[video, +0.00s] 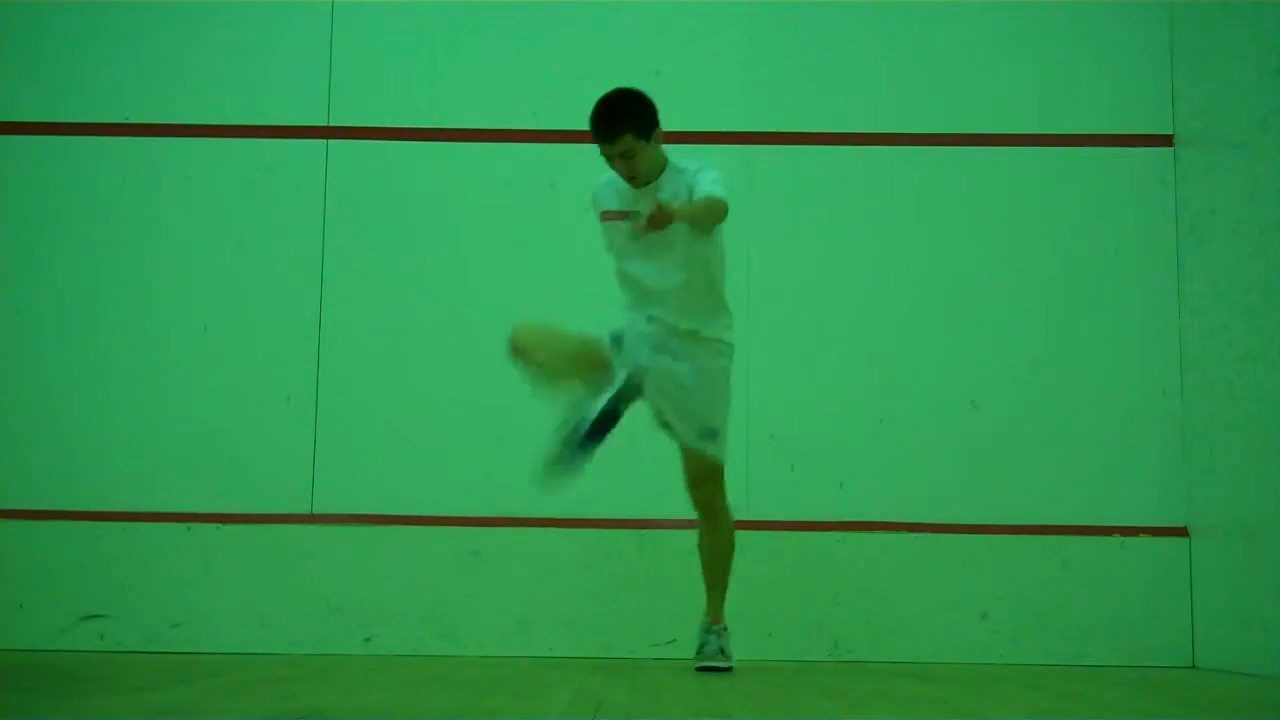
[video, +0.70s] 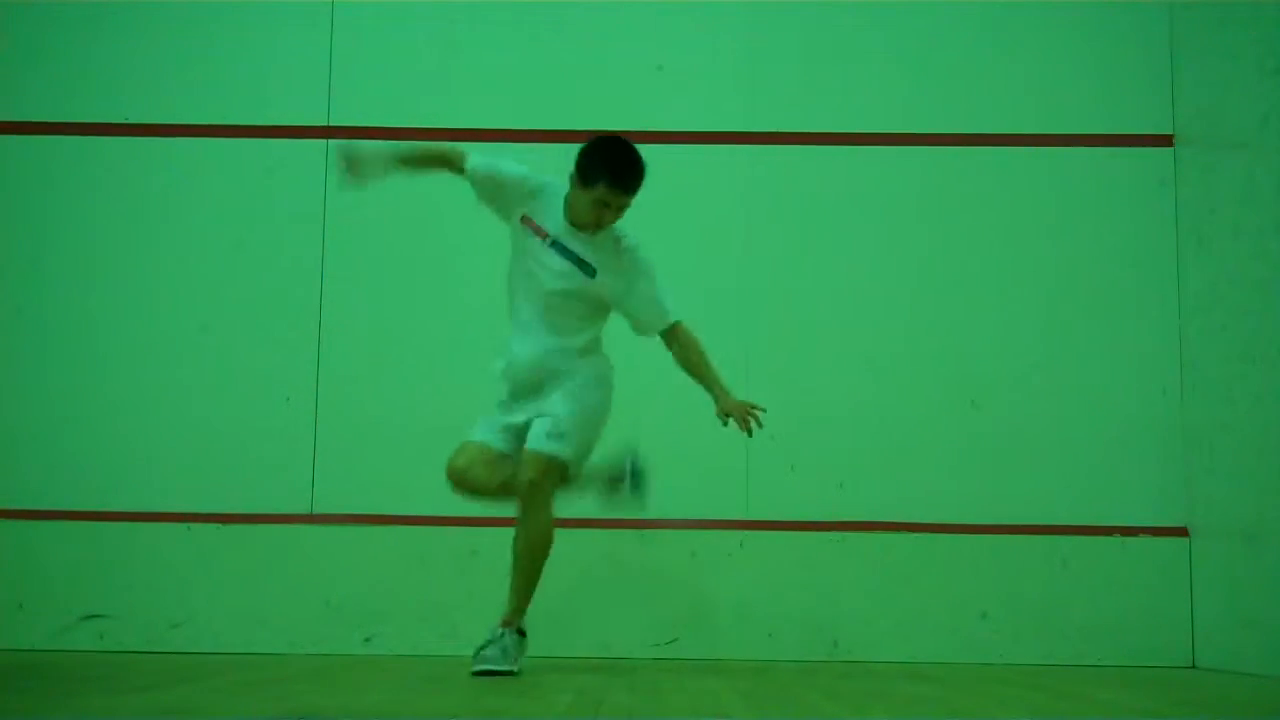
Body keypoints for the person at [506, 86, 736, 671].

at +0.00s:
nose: (620, 167)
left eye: (628, 153)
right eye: (611, 157)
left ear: (657, 139)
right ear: (603, 153)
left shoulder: (696, 181)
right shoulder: (608, 194)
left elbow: (715, 209)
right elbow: (629, 262)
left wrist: (678, 213)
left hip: (699, 349)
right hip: (637, 338)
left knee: (707, 490)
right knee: (524, 342)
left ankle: (715, 623)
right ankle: (604, 387)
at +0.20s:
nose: (601, 173)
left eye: (612, 160)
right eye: (590, 162)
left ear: (632, 146)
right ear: (576, 153)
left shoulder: (666, 195)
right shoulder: (556, 205)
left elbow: (722, 252)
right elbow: (554, 284)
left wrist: (695, 289)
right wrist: (561, 350)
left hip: (660, 375)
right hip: (588, 377)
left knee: (700, 487)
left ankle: (707, 602)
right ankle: (578, 629)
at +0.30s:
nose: (595, 176)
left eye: (606, 164)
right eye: (584, 163)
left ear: (624, 155)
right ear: (568, 153)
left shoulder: (651, 203)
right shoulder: (542, 197)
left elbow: (718, 250)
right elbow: (503, 256)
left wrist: (714, 294)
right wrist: (486, 328)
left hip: (636, 369)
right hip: (568, 378)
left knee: (679, 428)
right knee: (551, 502)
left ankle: (666, 563)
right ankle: (579, 631)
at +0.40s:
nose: (594, 167)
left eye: (606, 156)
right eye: (585, 155)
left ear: (623, 147)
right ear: (567, 141)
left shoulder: (642, 194)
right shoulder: (531, 176)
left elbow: (708, 238)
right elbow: (479, 209)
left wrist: (731, 291)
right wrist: (441, 276)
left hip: (618, 348)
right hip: (552, 358)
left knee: (647, 404)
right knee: (522, 480)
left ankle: (609, 544)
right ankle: (567, 602)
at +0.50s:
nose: (590, 176)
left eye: (602, 166)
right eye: (581, 163)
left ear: (617, 159)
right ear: (561, 148)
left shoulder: (632, 209)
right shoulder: (520, 176)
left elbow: (694, 257)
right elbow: (459, 193)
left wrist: (735, 314)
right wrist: (406, 243)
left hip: (600, 364)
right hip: (531, 366)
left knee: (601, 441)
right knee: (485, 460)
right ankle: (565, 573)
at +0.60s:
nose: (594, 204)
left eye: (605, 193)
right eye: (586, 190)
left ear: (617, 189)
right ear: (562, 176)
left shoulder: (622, 250)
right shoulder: (520, 200)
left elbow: (683, 311)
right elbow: (458, 195)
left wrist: (730, 374)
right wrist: (391, 220)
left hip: (580, 395)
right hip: (516, 389)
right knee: (464, 480)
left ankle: (505, 635)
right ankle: (574, 570)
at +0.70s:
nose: (608, 218)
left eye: (619, 210)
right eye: (602, 204)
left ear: (628, 205)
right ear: (576, 184)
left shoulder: (622, 262)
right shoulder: (528, 196)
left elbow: (672, 331)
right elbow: (452, 158)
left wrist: (722, 394)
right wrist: (378, 158)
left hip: (576, 383)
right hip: (519, 379)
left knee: (535, 480)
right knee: (468, 472)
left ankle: (510, 631)